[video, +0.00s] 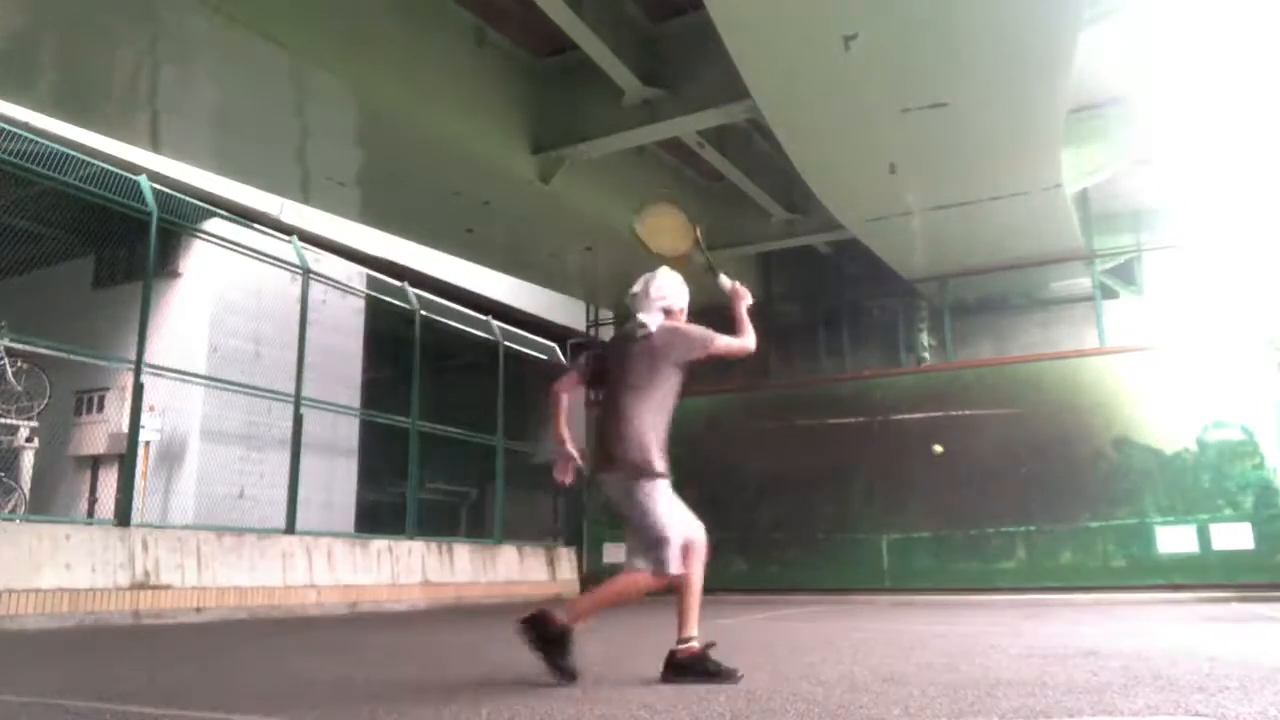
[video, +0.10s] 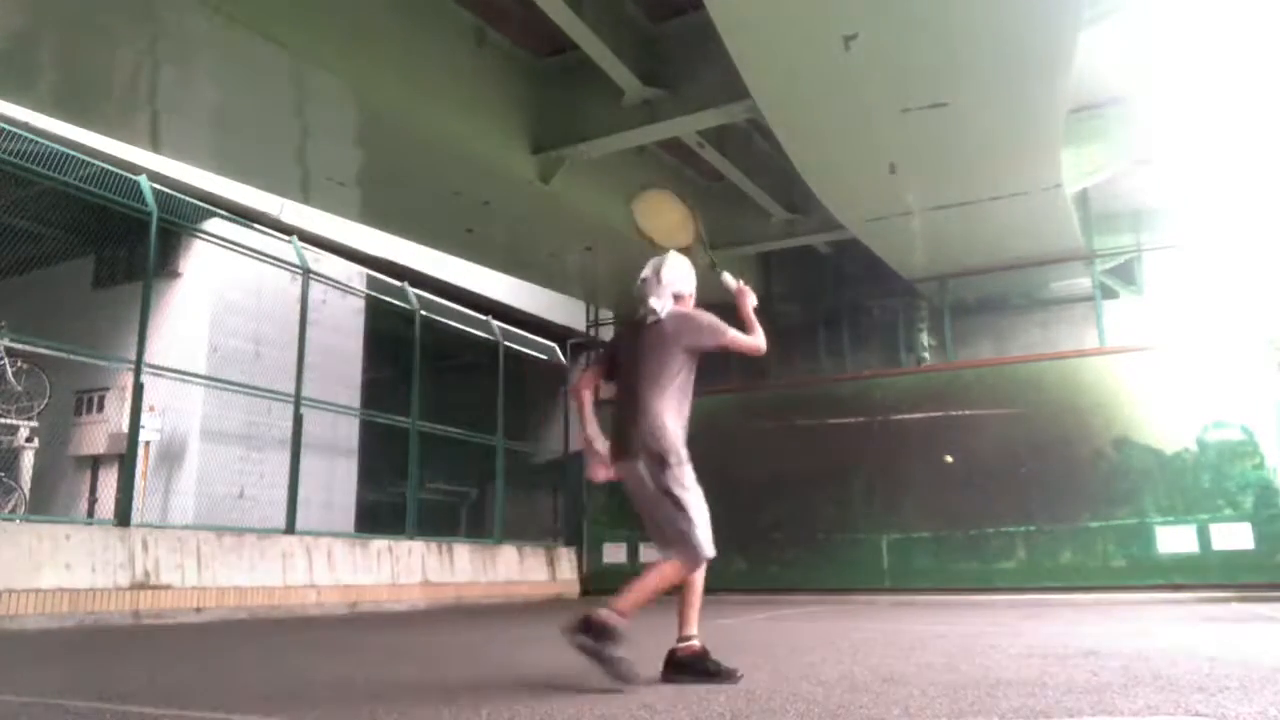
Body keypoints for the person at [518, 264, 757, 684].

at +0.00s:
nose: (686, 315)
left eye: (685, 309)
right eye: (684, 309)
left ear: (642, 307)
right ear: (674, 309)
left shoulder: (613, 348)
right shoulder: (675, 337)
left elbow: (561, 388)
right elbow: (746, 345)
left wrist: (565, 446)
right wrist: (742, 306)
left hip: (616, 470)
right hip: (642, 470)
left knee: (694, 540)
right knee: (663, 568)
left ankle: (687, 648)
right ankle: (555, 622)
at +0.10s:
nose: (694, 299)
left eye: (692, 293)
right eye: (692, 293)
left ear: (651, 293)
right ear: (683, 293)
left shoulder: (630, 335)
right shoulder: (686, 322)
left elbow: (583, 385)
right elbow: (757, 344)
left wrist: (594, 446)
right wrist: (747, 308)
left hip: (632, 452)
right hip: (661, 450)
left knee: (694, 550)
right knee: (693, 551)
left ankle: (687, 648)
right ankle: (604, 622)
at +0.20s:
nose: (698, 282)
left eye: (694, 276)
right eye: (697, 275)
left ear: (653, 275)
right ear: (690, 276)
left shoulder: (632, 317)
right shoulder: (698, 307)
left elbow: (603, 375)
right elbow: (758, 355)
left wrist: (625, 414)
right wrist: (754, 324)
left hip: (637, 438)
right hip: (676, 434)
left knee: (681, 542)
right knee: (707, 537)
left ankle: (688, 644)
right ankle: (657, 632)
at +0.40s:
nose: (706, 274)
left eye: (697, 267)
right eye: (706, 268)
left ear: (663, 265)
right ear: (700, 268)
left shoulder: (636, 312)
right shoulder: (712, 304)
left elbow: (616, 385)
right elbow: (749, 378)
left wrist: (650, 390)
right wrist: (742, 388)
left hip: (643, 436)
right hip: (689, 433)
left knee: (678, 543)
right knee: (714, 544)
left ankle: (683, 646)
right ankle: (724, 657)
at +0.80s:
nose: (647, 241)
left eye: (642, 239)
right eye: (661, 236)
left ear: (639, 246)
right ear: (678, 245)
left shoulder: (626, 283)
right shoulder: (699, 295)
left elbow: (598, 358)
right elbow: (700, 363)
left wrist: (613, 394)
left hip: (644, 422)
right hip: (699, 421)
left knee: (621, 541)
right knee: (712, 541)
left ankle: (634, 660)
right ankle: (725, 662)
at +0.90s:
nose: (621, 248)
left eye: (621, 241)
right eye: (635, 239)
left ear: (623, 243)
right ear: (661, 245)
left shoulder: (617, 277)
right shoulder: (676, 290)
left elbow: (581, 350)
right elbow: (662, 365)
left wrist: (564, 337)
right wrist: (599, 375)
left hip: (638, 421)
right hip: (683, 424)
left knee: (616, 539)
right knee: (692, 543)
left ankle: (634, 668)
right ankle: (723, 661)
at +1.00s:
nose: (594, 251)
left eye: (596, 243)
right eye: (601, 244)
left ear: (602, 241)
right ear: (637, 244)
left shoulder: (603, 267)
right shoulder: (649, 287)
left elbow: (553, 330)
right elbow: (605, 368)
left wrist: (534, 310)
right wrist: (541, 353)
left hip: (624, 417)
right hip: (654, 419)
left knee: (617, 539)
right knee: (643, 543)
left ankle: (635, 668)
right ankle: (687, 630)